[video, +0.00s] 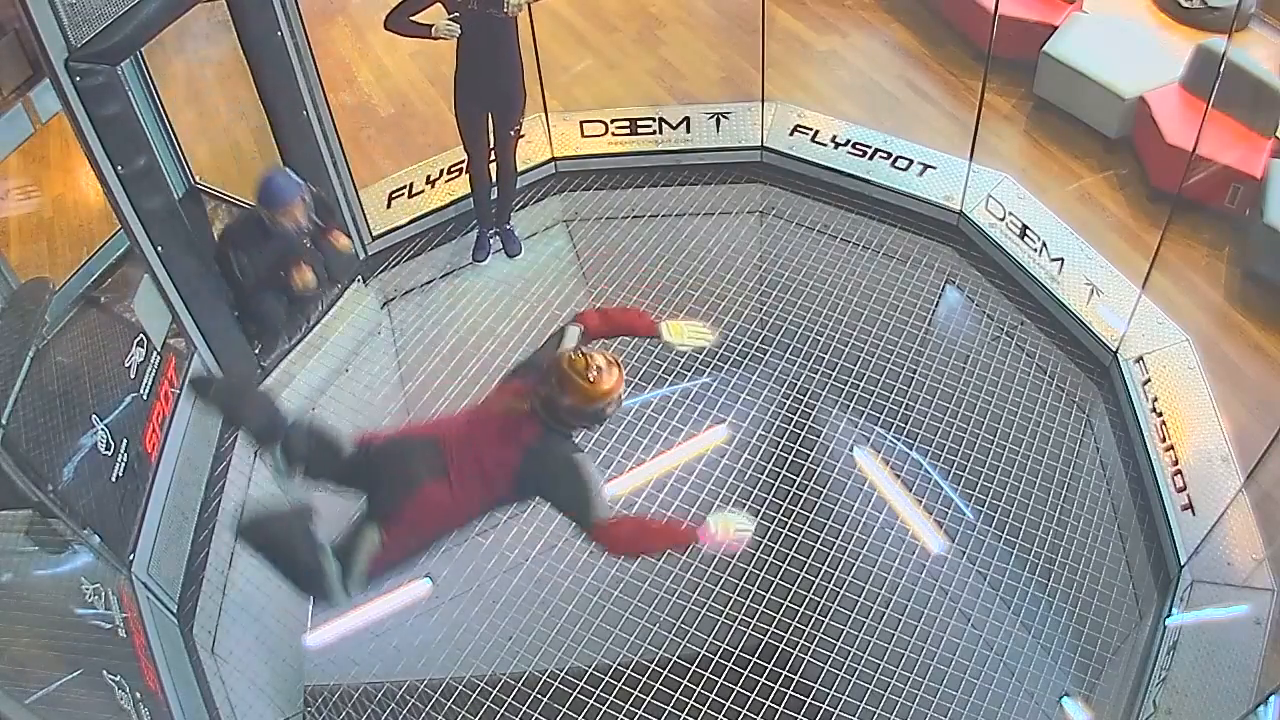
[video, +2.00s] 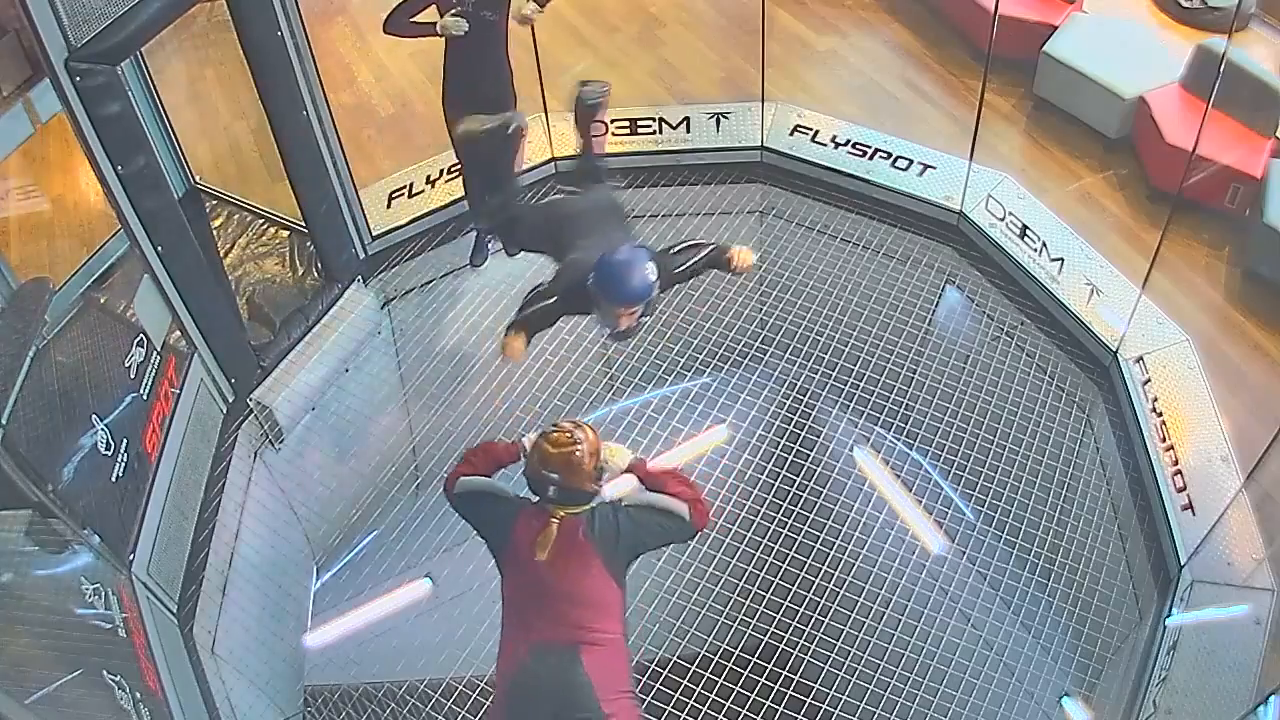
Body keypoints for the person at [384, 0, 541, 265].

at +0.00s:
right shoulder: (445, 1)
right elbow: (393, 20)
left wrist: (523, 3)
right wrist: (432, 30)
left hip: (509, 78)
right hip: (470, 81)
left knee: (506, 155)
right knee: (477, 158)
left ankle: (504, 225)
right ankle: (484, 230)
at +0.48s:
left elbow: (517, 6)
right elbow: (387, 15)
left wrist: (518, 4)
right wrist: (428, 21)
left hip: (504, 78)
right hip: (465, 82)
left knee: (504, 154)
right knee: (477, 158)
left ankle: (504, 225)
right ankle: (485, 229)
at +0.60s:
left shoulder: (508, 2)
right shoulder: (441, 1)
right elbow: (387, 19)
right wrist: (429, 24)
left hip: (503, 82)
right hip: (464, 86)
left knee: (503, 155)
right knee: (475, 159)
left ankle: (504, 225)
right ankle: (484, 229)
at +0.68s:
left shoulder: (507, 1)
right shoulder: (439, 2)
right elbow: (387, 20)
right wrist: (428, 25)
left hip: (502, 81)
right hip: (463, 85)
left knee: (503, 155)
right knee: (475, 160)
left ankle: (504, 225)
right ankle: (484, 229)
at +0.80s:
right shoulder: (439, 1)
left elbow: (520, 4)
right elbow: (384, 18)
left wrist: (524, 1)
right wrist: (426, 26)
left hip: (502, 81)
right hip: (462, 85)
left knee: (503, 156)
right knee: (474, 161)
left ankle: (504, 225)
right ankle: (484, 230)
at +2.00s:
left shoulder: (506, 1)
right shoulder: (440, 1)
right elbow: (392, 23)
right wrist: (436, 28)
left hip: (498, 82)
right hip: (459, 85)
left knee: (503, 160)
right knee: (471, 164)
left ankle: (508, 225)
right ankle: (482, 230)